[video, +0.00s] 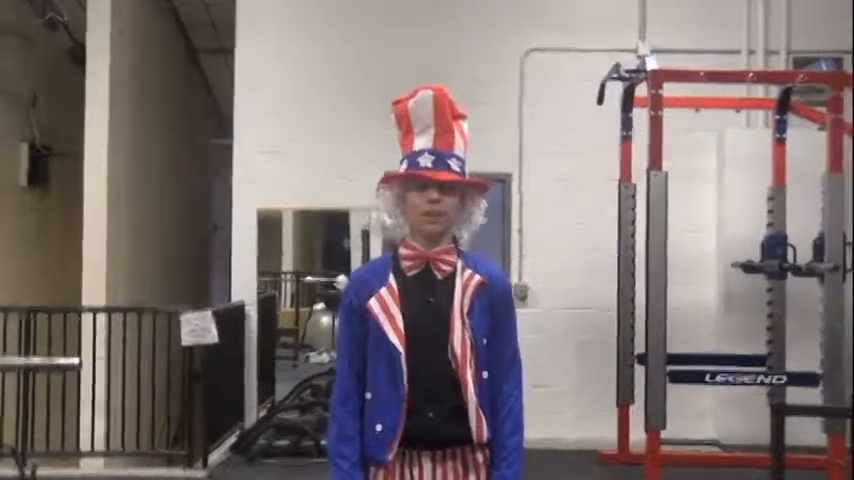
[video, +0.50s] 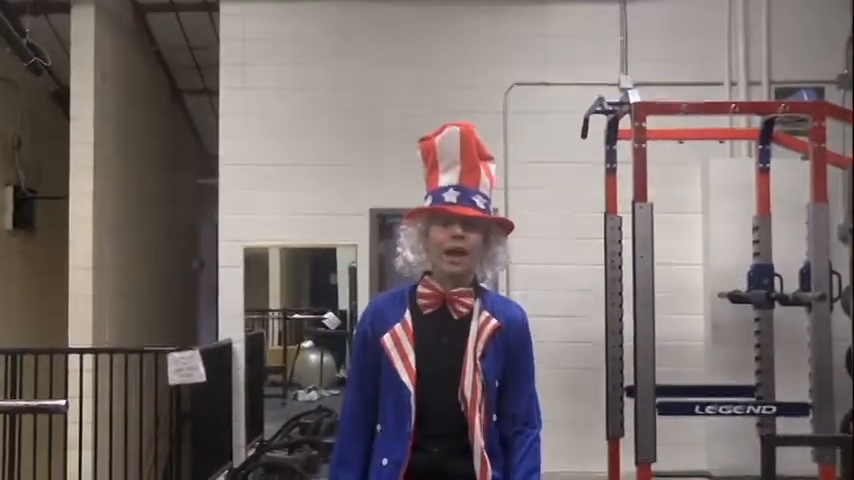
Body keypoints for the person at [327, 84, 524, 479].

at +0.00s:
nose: (433, 198)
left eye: (446, 189)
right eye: (420, 187)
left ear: (463, 202)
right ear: (402, 199)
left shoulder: (489, 284)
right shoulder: (366, 284)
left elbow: (507, 388)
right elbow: (348, 391)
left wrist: (507, 470)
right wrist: (346, 471)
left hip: (468, 462)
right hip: (389, 463)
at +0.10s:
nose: (435, 199)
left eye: (448, 189)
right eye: (422, 188)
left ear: (465, 202)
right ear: (403, 200)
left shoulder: (491, 280)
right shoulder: (368, 285)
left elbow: (510, 386)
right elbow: (351, 393)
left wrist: (509, 470)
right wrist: (350, 471)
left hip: (470, 461)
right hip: (393, 463)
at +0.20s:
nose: (436, 211)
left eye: (449, 202)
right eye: (423, 200)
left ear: (465, 215)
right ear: (404, 211)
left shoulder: (491, 293)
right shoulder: (366, 292)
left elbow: (507, 397)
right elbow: (346, 398)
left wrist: (505, 471)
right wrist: (339, 472)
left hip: (466, 467)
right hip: (388, 467)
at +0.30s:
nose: (443, 222)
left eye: (456, 213)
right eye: (430, 210)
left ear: (472, 226)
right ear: (411, 222)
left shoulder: (498, 306)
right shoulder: (370, 305)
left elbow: (512, 412)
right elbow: (348, 413)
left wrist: (509, 473)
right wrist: (339, 474)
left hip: (469, 471)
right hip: (393, 470)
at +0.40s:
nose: (451, 227)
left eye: (464, 218)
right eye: (438, 216)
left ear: (481, 233)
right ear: (418, 229)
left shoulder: (504, 313)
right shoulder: (376, 312)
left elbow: (517, 419)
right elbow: (354, 417)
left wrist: (516, 473)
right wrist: (344, 474)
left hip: (474, 470)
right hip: (397, 470)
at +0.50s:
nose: (457, 234)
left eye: (470, 225)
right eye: (444, 222)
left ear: (487, 240)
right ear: (425, 234)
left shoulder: (508, 320)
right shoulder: (382, 314)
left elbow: (522, 427)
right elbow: (356, 424)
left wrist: (524, 476)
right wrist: (346, 475)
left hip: (477, 471)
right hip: (398, 470)